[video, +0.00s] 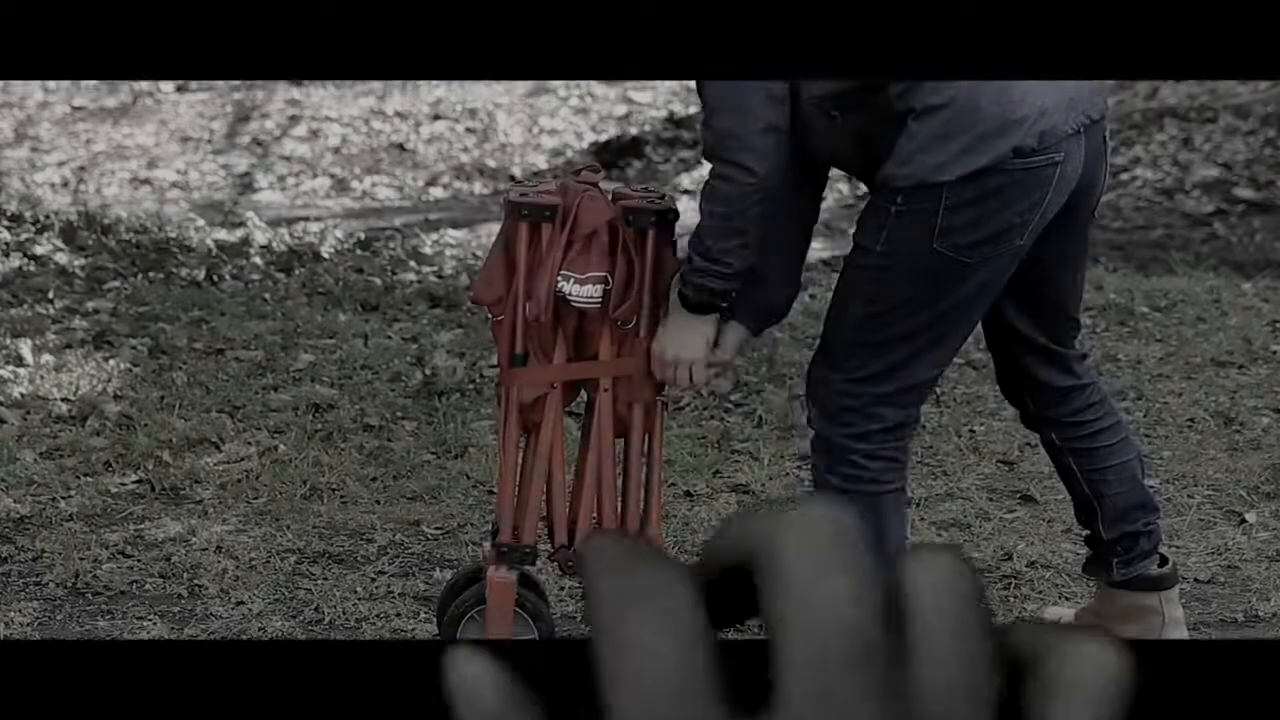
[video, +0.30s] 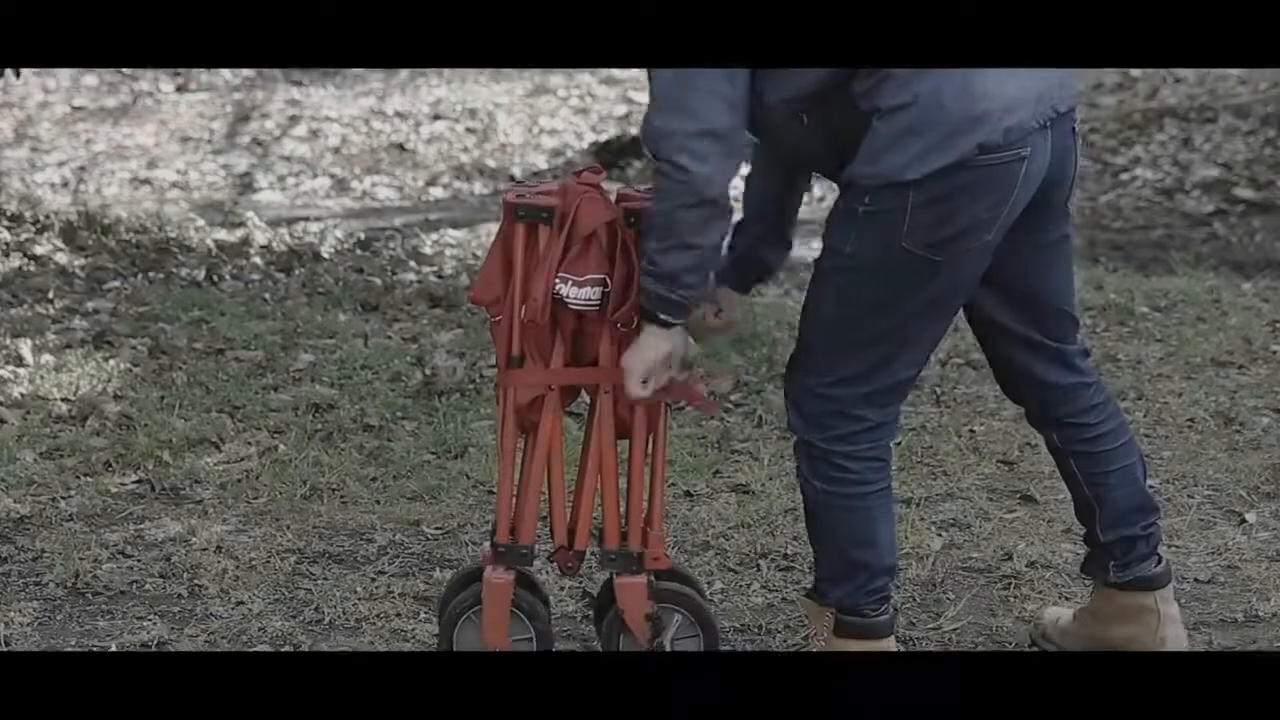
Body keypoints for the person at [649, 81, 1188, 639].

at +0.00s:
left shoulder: (739, 80)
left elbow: (749, 159)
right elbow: (791, 168)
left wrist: (693, 299)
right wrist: (744, 313)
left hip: (965, 152)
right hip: (1072, 126)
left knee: (856, 406)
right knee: (1047, 366)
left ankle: (860, 647)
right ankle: (1138, 589)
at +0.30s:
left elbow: (694, 158)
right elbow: (790, 130)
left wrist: (664, 314)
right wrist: (737, 273)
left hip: (933, 141)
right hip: (1046, 112)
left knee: (838, 403)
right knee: (1050, 366)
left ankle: (856, 632)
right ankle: (1137, 599)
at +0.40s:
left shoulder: (686, 62)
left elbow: (687, 143)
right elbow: (756, 143)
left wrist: (589, 294)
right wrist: (655, 225)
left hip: (924, 140)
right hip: (1030, 104)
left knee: (832, 408)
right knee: (1051, 366)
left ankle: (855, 636)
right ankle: (1129, 599)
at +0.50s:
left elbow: (675, 126)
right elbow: (740, 125)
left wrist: (539, 204)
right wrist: (575, 183)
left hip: (909, 137)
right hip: (1018, 104)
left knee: (828, 407)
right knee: (1047, 365)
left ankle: (856, 639)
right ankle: (1124, 603)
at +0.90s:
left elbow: (597, 78)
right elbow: (818, 90)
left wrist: (510, 172)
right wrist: (693, 164)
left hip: (914, 149)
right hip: (1036, 121)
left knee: (839, 415)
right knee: (990, 390)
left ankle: (853, 648)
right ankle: (1019, 639)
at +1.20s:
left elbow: (632, 51)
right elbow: (891, 87)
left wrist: (555, 144)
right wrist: (777, 166)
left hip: (932, 147)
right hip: (1065, 140)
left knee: (804, 394)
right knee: (1017, 423)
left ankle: (845, 652)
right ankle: (1013, 663)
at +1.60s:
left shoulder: (656, 8)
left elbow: (596, 105)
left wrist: (557, 247)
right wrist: (790, 229)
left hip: (845, 159)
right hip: (995, 146)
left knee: (772, 438)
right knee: (1011, 434)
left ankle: (780, 674)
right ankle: (1025, 669)